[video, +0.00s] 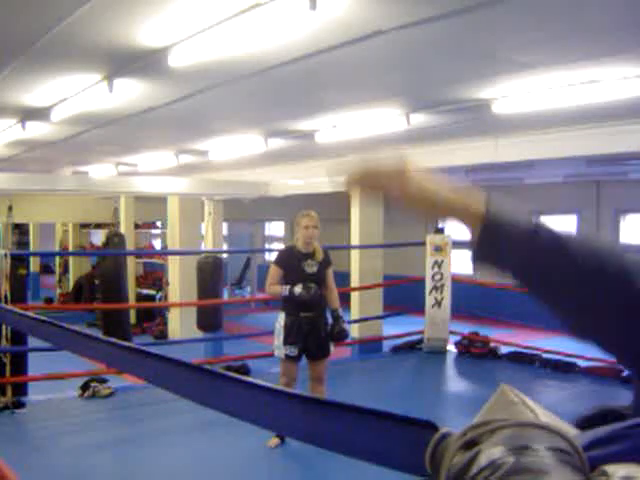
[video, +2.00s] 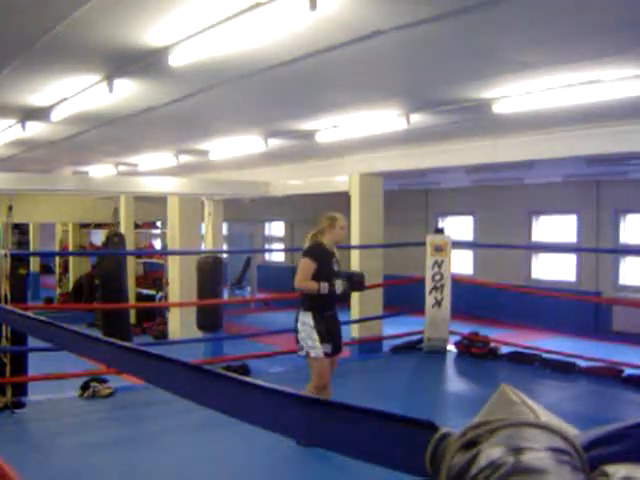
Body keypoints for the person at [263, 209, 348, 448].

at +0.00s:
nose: (310, 232)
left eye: (314, 228)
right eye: (306, 227)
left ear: (319, 231)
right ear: (297, 230)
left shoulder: (323, 257)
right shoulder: (285, 256)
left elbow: (330, 289)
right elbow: (270, 287)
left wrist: (338, 316)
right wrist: (293, 289)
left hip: (317, 318)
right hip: (292, 318)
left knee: (318, 378)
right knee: (287, 378)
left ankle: (319, 428)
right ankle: (280, 429)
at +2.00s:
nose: (345, 232)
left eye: (345, 228)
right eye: (342, 228)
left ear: (332, 229)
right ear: (329, 228)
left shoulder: (331, 253)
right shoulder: (314, 251)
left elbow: (326, 279)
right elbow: (300, 282)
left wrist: (347, 281)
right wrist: (330, 287)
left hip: (327, 312)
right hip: (312, 313)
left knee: (326, 375)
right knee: (320, 377)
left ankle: (322, 419)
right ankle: (298, 416)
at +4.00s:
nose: (321, 234)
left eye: (322, 229)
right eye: (317, 229)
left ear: (320, 232)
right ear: (303, 231)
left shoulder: (319, 256)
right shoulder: (287, 260)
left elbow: (320, 284)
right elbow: (271, 294)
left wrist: (327, 289)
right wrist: (301, 292)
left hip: (317, 318)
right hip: (293, 321)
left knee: (329, 379)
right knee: (294, 381)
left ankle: (327, 429)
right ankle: (297, 434)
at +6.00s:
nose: (346, 233)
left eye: (346, 229)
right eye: (342, 229)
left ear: (337, 231)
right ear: (328, 229)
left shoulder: (335, 258)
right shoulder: (313, 256)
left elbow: (332, 289)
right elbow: (297, 289)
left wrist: (350, 291)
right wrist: (329, 289)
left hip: (335, 318)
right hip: (316, 318)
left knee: (334, 378)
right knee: (309, 380)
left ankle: (330, 428)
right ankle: (299, 431)